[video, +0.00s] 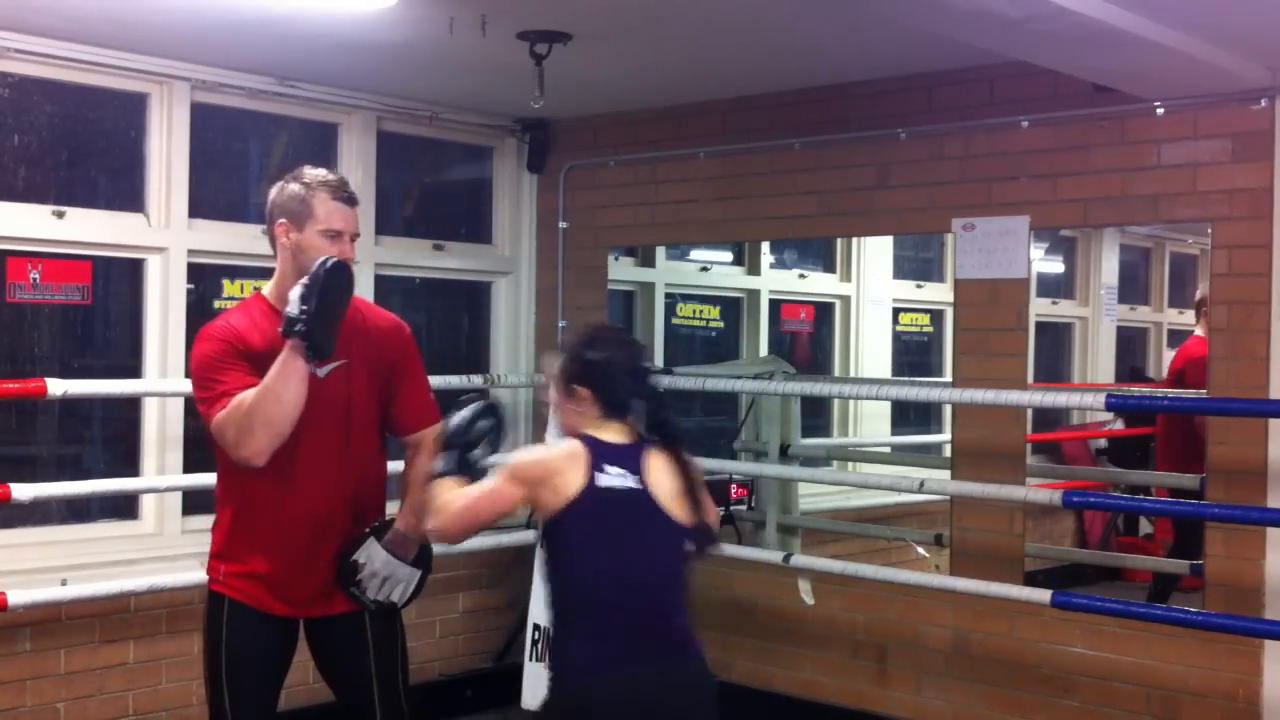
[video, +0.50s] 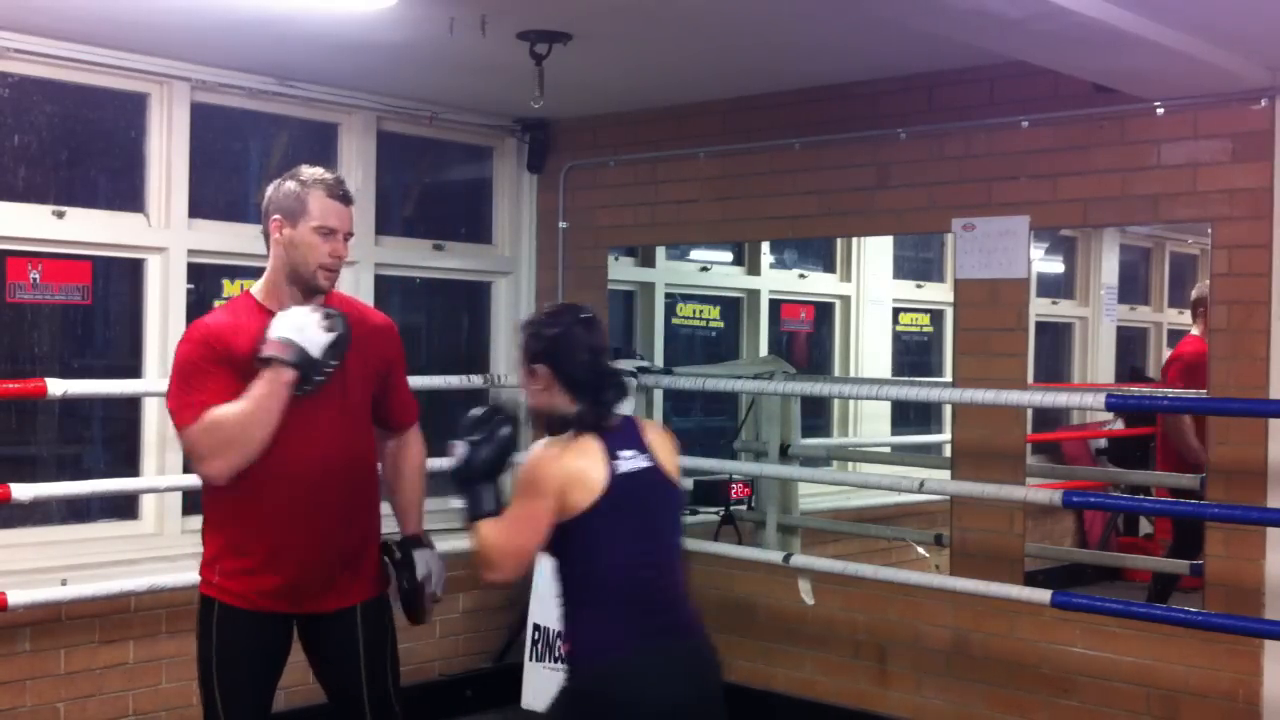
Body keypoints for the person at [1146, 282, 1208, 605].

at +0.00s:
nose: (1222, 314)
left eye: (1218, 308)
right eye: (1218, 308)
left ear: (1199, 312)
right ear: (1206, 311)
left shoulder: (1190, 349)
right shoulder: (1200, 353)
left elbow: (1178, 413)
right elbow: (1202, 417)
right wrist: (1222, 449)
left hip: (1181, 461)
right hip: (1190, 464)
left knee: (1189, 539)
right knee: (1188, 540)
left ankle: (1155, 603)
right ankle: (1154, 606)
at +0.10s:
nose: (1223, 315)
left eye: (1219, 308)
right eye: (1219, 309)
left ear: (1201, 312)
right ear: (1208, 311)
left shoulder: (1191, 349)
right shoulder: (1199, 353)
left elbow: (1186, 413)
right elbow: (1201, 417)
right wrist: (1223, 448)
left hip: (1182, 461)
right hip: (1190, 465)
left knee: (1189, 539)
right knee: (1187, 541)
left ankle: (1156, 603)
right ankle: (1154, 606)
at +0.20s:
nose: (1223, 315)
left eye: (1220, 308)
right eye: (1220, 309)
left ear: (1200, 311)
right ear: (1208, 311)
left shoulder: (1190, 348)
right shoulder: (1199, 352)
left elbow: (1186, 411)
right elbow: (1199, 415)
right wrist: (1224, 445)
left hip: (1182, 461)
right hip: (1190, 465)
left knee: (1189, 539)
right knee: (1187, 540)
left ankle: (1155, 603)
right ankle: (1154, 606)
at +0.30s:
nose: (1223, 315)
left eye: (1220, 308)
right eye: (1218, 309)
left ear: (1200, 310)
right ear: (1205, 310)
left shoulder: (1193, 345)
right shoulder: (1197, 350)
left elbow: (1190, 408)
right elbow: (1197, 412)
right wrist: (1225, 441)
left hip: (1185, 460)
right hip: (1189, 464)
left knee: (1190, 538)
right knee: (1187, 540)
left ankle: (1155, 603)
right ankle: (1154, 607)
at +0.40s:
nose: (1222, 314)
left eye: (1218, 308)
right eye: (1218, 308)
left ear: (1199, 310)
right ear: (1205, 310)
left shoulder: (1196, 346)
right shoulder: (1195, 351)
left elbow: (1185, 408)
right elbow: (1187, 410)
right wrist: (1218, 442)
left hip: (1189, 462)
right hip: (1188, 466)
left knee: (1190, 540)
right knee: (1187, 541)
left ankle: (1155, 603)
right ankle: (1153, 607)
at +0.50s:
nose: (1221, 314)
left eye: (1218, 308)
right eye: (1217, 308)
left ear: (1198, 310)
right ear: (1204, 310)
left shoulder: (1202, 348)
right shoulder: (1191, 352)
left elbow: (1178, 415)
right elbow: (1176, 415)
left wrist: (1204, 461)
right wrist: (1204, 463)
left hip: (1194, 469)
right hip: (1188, 470)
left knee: (1187, 543)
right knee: (1186, 543)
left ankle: (1154, 607)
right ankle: (1153, 609)